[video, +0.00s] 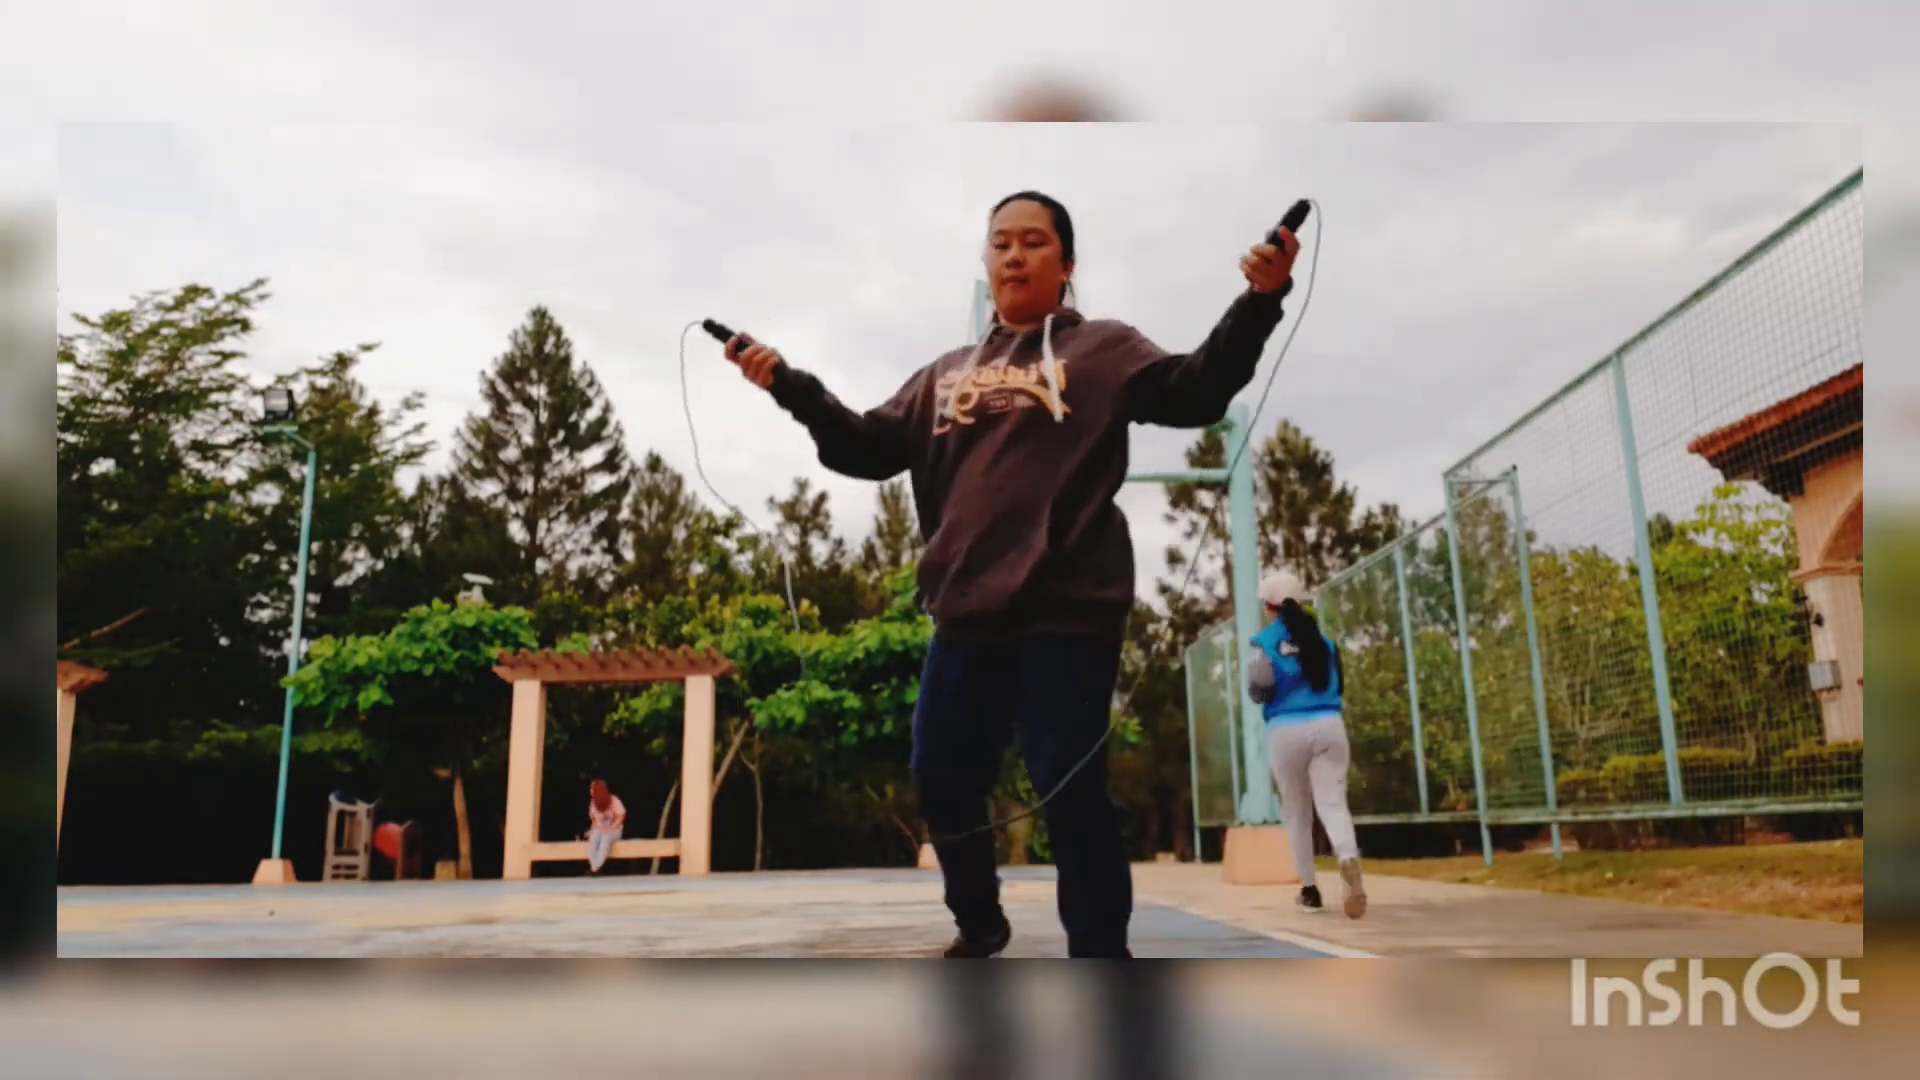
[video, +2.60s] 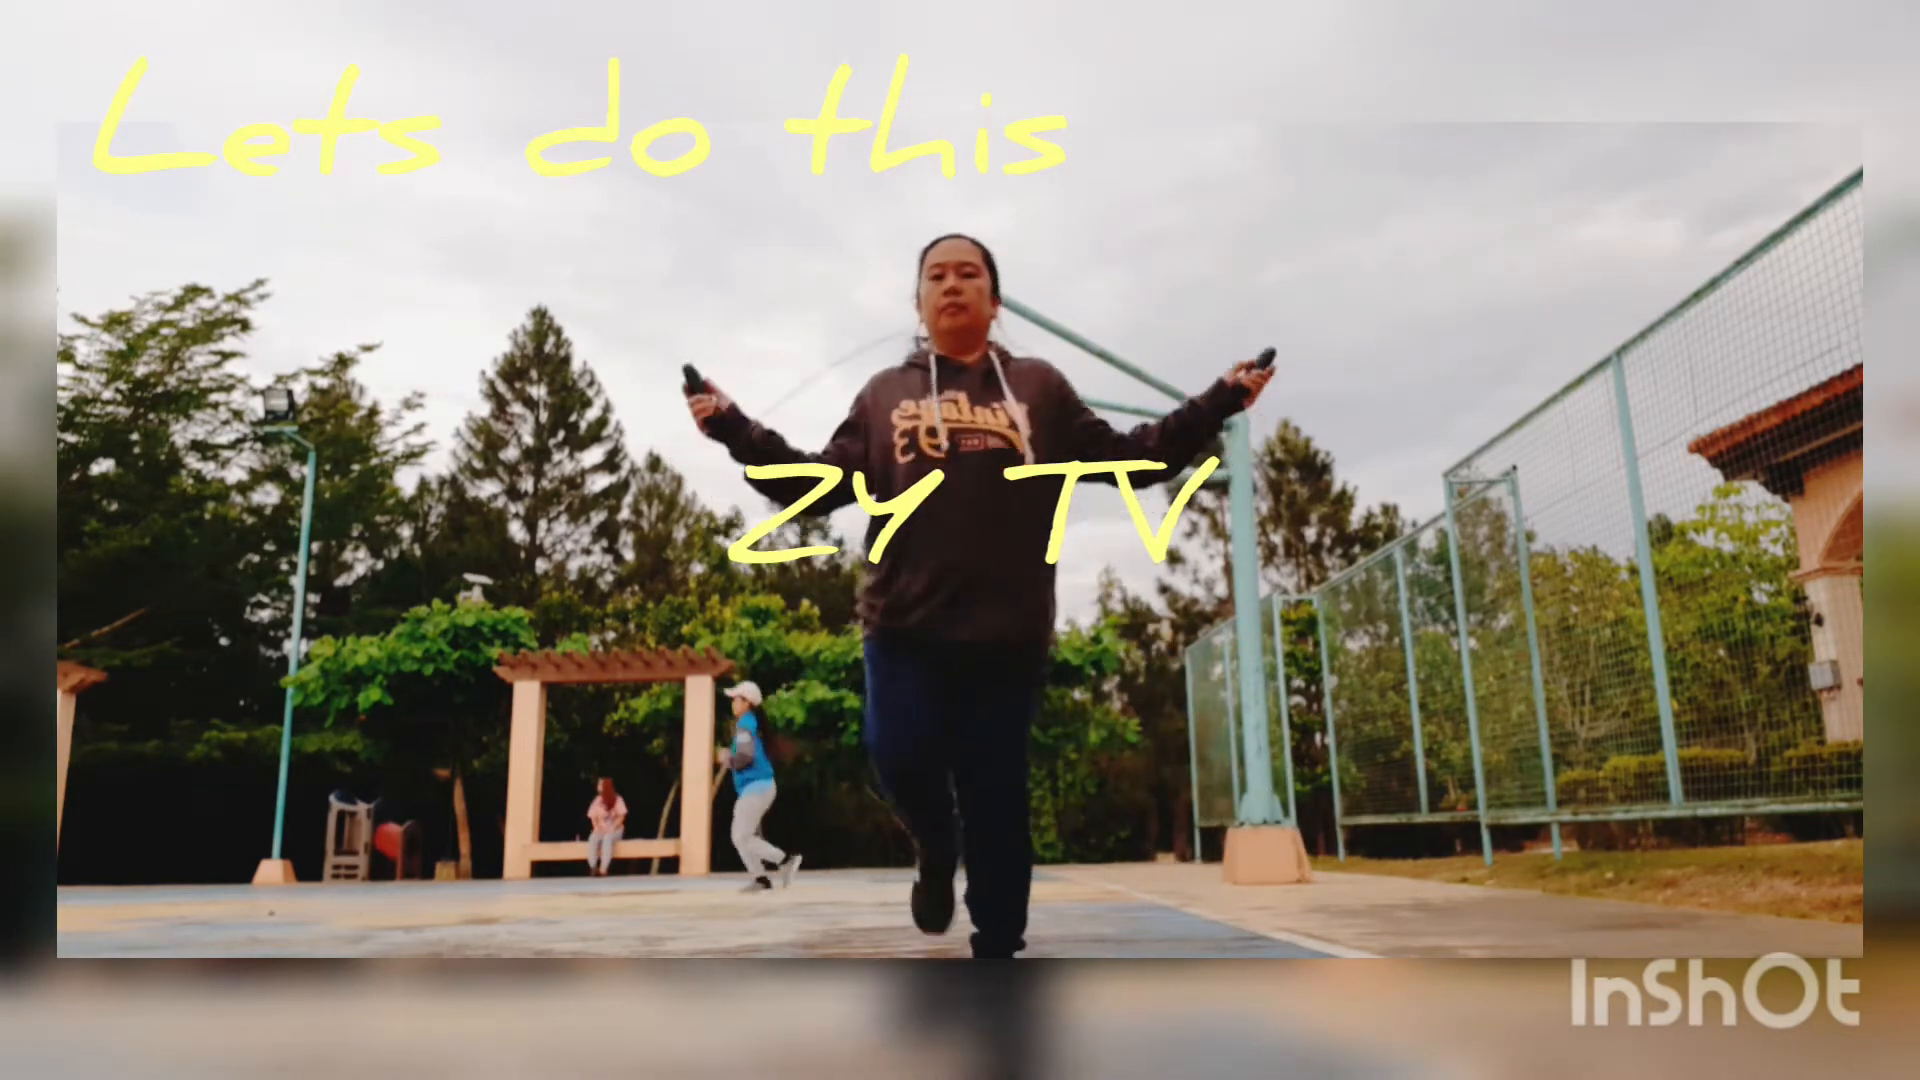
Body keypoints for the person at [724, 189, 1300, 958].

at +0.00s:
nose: (1014, 254)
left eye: (1034, 241)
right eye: (1001, 243)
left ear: (1067, 263)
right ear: (986, 264)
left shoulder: (1102, 349)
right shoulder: (946, 376)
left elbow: (1196, 393)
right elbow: (869, 448)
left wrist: (1259, 299)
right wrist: (786, 384)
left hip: (1073, 603)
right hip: (969, 607)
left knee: (1069, 779)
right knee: (942, 773)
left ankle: (1101, 954)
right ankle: (980, 929)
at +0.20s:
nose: (987, 278)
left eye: (1005, 266)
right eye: (973, 265)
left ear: (1033, 290)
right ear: (955, 285)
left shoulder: (1070, 378)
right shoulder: (912, 390)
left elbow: (1156, 449)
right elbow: (845, 476)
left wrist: (1226, 402)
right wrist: (754, 448)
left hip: (1044, 627)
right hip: (940, 630)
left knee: (1057, 797)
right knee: (928, 809)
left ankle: (1095, 961)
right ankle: (925, 954)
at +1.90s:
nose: (965, 332)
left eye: (978, 320)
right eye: (951, 320)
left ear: (1001, 336)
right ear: (930, 335)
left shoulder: (1041, 425)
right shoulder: (896, 426)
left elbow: (1103, 495)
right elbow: (837, 505)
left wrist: (1177, 496)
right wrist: (782, 507)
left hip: (1026, 646)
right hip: (929, 648)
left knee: (1030, 797)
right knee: (936, 799)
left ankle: (1018, 944)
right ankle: (940, 944)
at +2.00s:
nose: (953, 350)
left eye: (967, 338)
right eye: (939, 337)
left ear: (990, 355)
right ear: (917, 353)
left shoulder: (1026, 445)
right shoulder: (883, 450)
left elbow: (1084, 539)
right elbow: (831, 545)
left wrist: (1164, 586)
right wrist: (772, 595)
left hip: (1020, 654)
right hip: (925, 662)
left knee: (1035, 739)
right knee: (932, 810)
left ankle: (1017, 921)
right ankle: (939, 952)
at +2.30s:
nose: (950, 272)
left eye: (965, 260)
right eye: (936, 261)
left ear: (988, 280)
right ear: (915, 281)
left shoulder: (1026, 369)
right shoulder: (879, 374)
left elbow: (1071, 465)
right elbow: (835, 477)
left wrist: (1125, 538)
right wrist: (779, 553)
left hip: (1011, 589)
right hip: (917, 594)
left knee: (995, 730)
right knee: (929, 750)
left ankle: (980, 911)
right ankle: (952, 903)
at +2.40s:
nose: (955, 288)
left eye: (969, 276)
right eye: (940, 277)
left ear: (993, 296)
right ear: (919, 299)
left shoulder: (1033, 386)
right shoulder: (886, 392)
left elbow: (1093, 477)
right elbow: (826, 484)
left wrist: (1182, 483)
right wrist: (732, 517)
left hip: (1005, 618)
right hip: (904, 619)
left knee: (993, 791)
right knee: (895, 778)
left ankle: (999, 954)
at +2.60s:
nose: (953, 285)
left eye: (968, 275)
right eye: (938, 276)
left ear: (995, 301)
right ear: (918, 302)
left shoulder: (1038, 387)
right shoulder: (885, 393)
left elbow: (1128, 457)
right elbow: (819, 485)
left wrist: (1216, 403)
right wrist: (734, 431)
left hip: (1005, 622)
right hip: (904, 622)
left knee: (995, 791)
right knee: (895, 754)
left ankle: (998, 948)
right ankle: (935, 847)